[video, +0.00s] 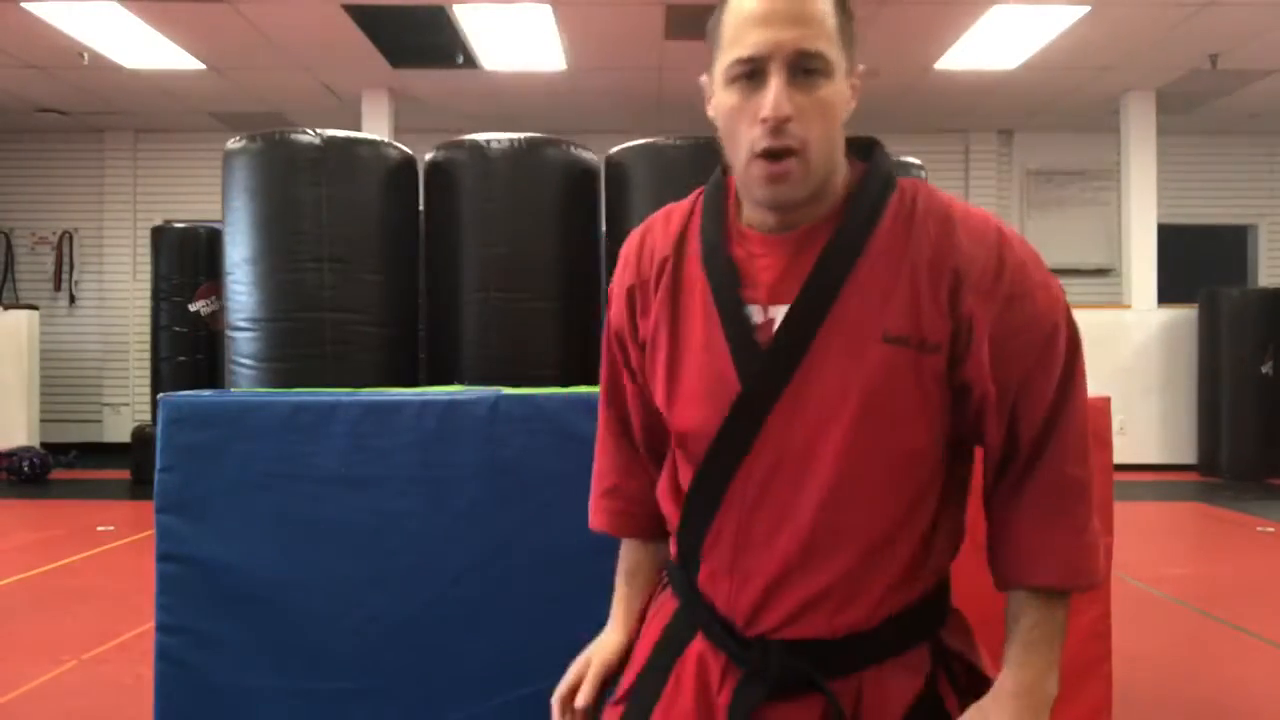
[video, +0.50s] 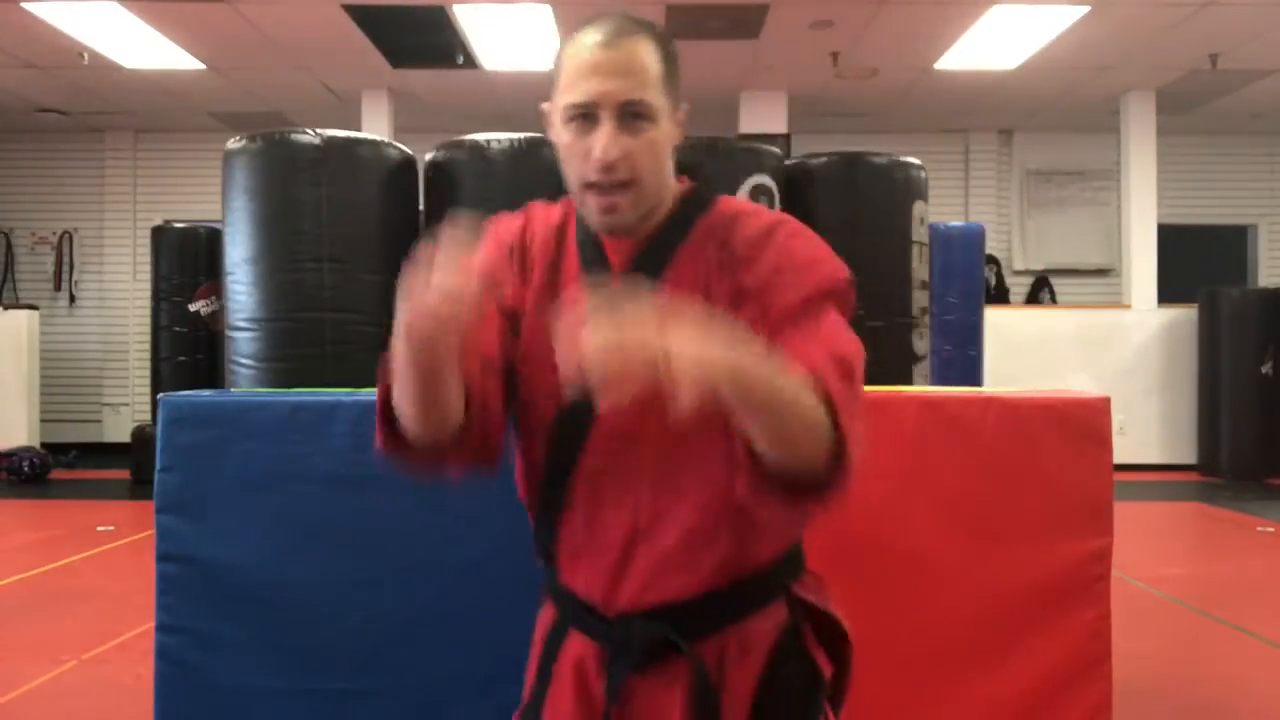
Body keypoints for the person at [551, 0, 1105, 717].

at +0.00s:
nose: (776, 107)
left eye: (807, 72)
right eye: (748, 76)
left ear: (853, 89)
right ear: (711, 100)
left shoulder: (974, 263)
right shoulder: (652, 258)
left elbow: (1045, 478)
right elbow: (638, 458)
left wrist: (1027, 683)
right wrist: (621, 622)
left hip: (883, 688)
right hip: (686, 676)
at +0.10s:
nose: (746, 116)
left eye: (778, 82)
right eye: (719, 85)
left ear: (826, 97)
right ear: (681, 108)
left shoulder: (955, 268)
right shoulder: (641, 269)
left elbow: (1034, 486)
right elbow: (636, 468)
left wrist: (1018, 688)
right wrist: (613, 618)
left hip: (872, 689)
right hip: (678, 677)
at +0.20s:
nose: (717, 125)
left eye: (746, 91)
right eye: (688, 95)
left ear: (793, 104)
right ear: (654, 117)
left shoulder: (923, 266)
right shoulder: (620, 280)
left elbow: (996, 484)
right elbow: (602, 486)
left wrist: (981, 687)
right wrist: (563, 655)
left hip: (857, 690)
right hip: (669, 682)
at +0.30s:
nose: (685, 131)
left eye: (714, 99)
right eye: (658, 102)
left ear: (759, 116)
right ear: (624, 122)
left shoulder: (869, 271)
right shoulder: (586, 288)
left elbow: (924, 472)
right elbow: (537, 489)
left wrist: (888, 645)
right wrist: (484, 653)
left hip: (819, 678)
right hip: (639, 674)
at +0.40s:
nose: (644, 140)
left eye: (673, 112)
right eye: (620, 111)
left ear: (715, 126)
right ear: (586, 128)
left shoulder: (802, 271)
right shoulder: (544, 282)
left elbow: (853, 474)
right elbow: (476, 439)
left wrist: (775, 530)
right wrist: (434, 514)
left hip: (773, 670)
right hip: (605, 665)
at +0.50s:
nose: (606, 150)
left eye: (635, 118)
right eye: (583, 119)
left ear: (677, 124)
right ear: (550, 126)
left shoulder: (769, 253)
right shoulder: (517, 250)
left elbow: (819, 454)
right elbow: (440, 440)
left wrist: (713, 353)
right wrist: (426, 346)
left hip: (739, 655)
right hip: (581, 649)